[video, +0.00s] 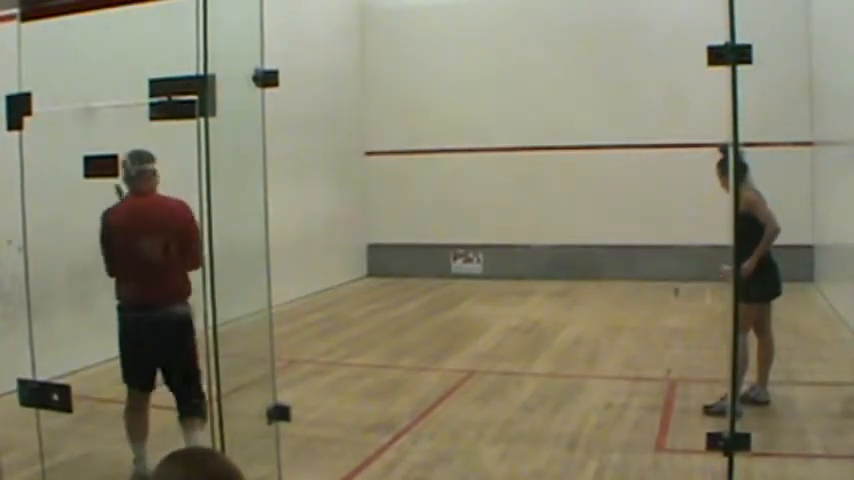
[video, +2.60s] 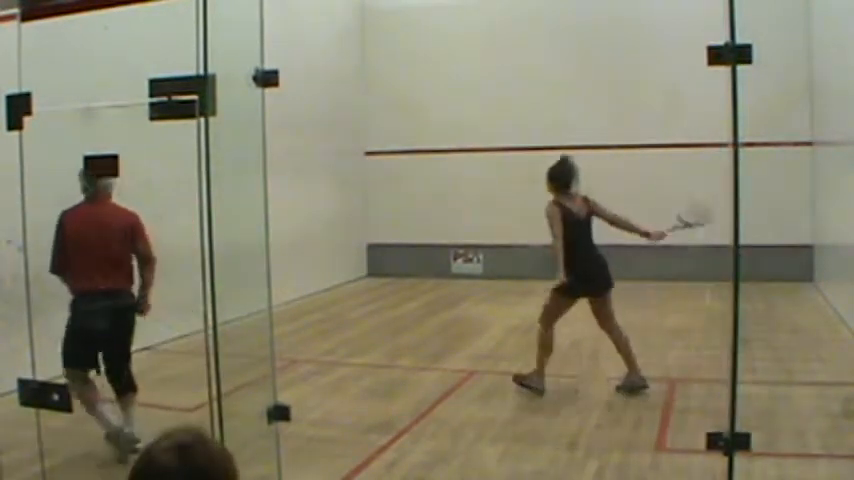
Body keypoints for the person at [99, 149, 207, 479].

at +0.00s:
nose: (148, 180)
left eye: (140, 175)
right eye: (151, 174)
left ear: (126, 179)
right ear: (156, 176)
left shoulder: (113, 217)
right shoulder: (178, 210)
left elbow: (112, 268)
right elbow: (193, 260)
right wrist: (161, 257)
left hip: (135, 319)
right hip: (175, 317)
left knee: (137, 393)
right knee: (187, 392)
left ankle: (140, 464)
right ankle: (198, 462)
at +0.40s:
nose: (171, 179)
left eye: (170, 173)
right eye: (169, 174)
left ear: (137, 177)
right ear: (163, 177)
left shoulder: (117, 212)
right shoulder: (178, 209)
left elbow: (124, 250)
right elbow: (193, 255)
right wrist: (157, 249)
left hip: (133, 312)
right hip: (171, 311)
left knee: (138, 386)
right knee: (182, 381)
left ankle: (139, 463)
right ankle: (189, 449)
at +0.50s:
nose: (181, 180)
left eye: (179, 175)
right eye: (179, 175)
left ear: (147, 176)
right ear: (175, 177)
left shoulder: (125, 209)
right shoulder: (185, 210)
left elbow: (126, 251)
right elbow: (197, 260)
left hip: (134, 307)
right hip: (174, 308)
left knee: (140, 384)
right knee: (185, 379)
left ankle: (139, 461)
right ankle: (192, 451)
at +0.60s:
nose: (191, 182)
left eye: (190, 176)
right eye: (188, 176)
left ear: (157, 176)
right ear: (182, 177)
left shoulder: (133, 206)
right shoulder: (191, 211)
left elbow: (123, 252)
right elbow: (204, 261)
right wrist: (197, 285)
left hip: (138, 306)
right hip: (177, 307)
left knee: (140, 376)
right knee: (187, 378)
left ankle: (137, 450)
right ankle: (192, 450)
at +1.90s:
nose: (179, 177)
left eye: (178, 172)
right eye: (176, 172)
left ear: (146, 175)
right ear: (167, 175)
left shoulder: (125, 209)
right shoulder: (175, 209)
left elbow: (120, 264)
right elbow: (186, 265)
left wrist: (130, 298)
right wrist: (202, 304)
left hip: (136, 303)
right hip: (171, 302)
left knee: (142, 369)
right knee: (184, 377)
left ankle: (131, 444)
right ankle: (189, 447)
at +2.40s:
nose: (130, 185)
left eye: (126, 180)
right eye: (128, 181)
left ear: (100, 184)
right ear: (124, 183)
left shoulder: (82, 216)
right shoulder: (139, 214)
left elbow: (73, 265)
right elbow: (155, 260)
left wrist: (91, 291)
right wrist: (163, 299)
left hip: (99, 305)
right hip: (134, 302)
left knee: (111, 377)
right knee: (141, 368)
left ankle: (131, 444)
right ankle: (149, 435)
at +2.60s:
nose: (81, 187)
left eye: (83, 182)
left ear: (85, 186)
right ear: (111, 187)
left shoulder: (68, 218)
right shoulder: (128, 219)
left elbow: (58, 266)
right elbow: (147, 258)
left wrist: (81, 288)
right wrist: (145, 295)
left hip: (86, 306)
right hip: (121, 304)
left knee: (76, 371)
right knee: (119, 367)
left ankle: (112, 426)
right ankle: (129, 433)